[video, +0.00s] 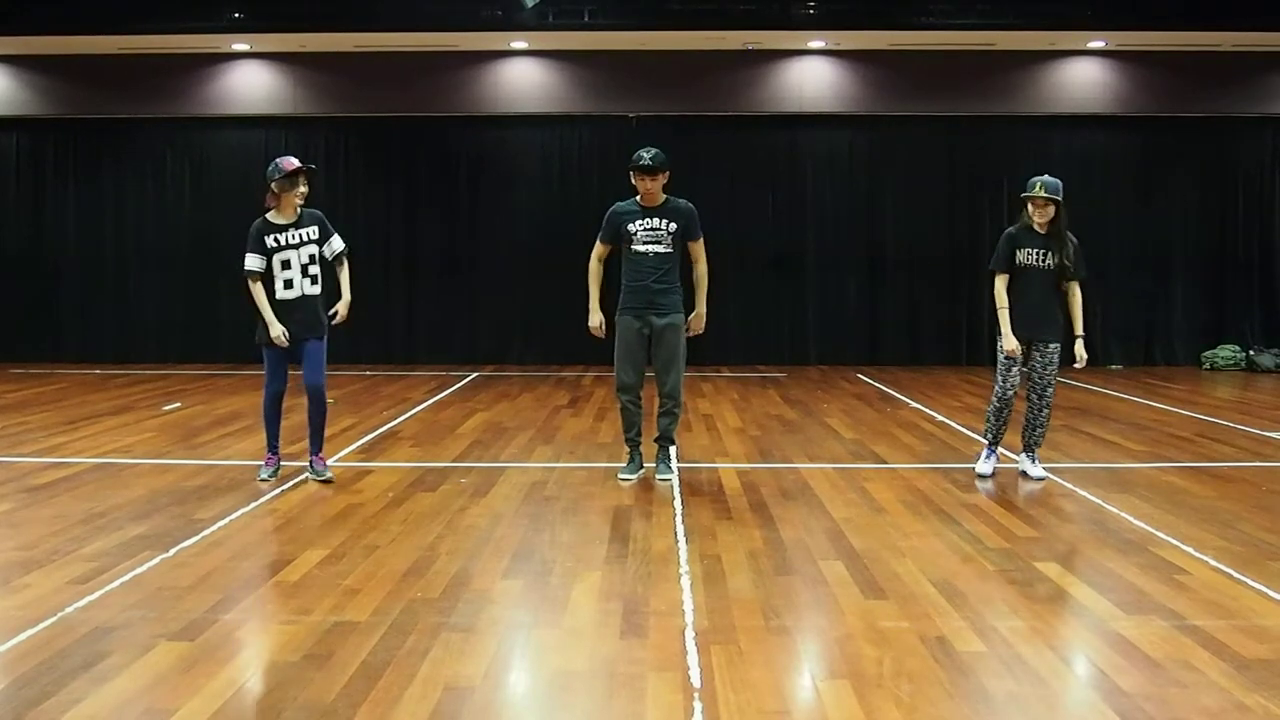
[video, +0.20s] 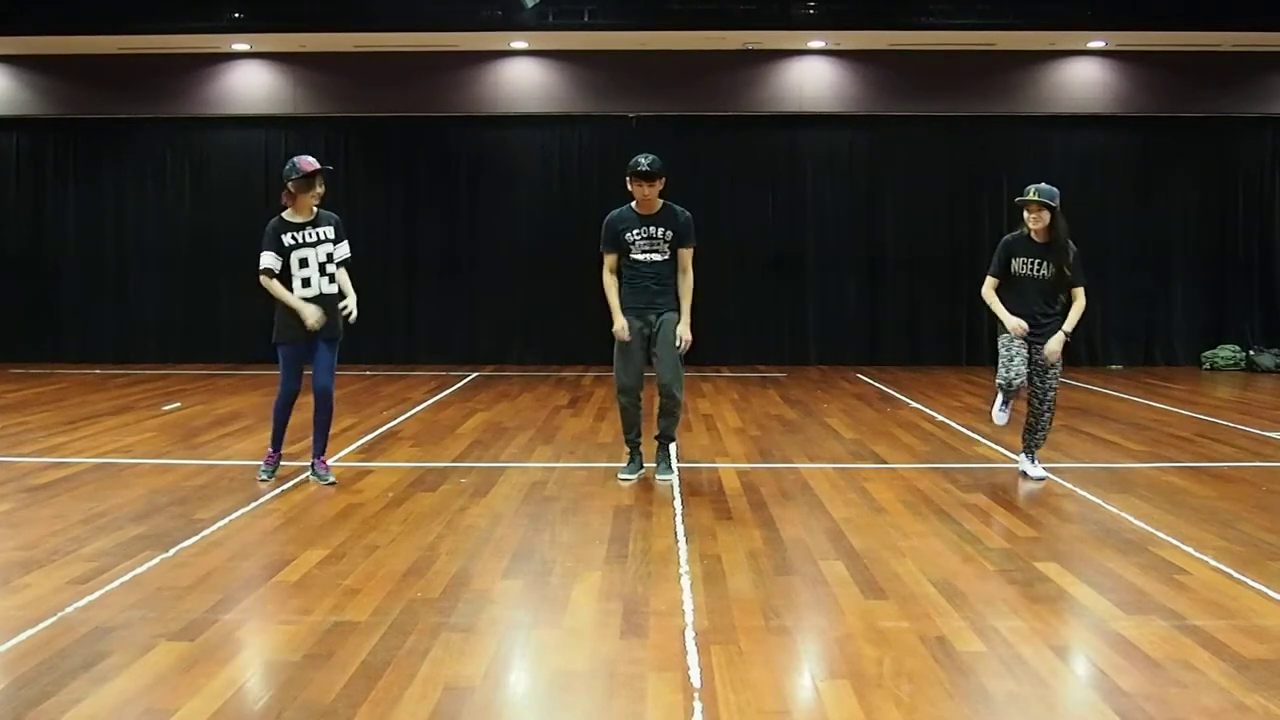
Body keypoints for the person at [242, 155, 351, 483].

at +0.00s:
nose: (302, 190)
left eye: (303, 184)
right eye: (294, 185)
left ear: (306, 186)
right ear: (276, 189)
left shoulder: (316, 220)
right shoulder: (261, 228)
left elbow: (340, 258)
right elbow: (253, 279)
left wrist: (345, 298)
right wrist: (271, 322)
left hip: (314, 320)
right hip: (276, 321)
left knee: (316, 386)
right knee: (274, 388)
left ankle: (317, 457)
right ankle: (272, 457)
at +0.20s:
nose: (318, 191)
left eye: (320, 184)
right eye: (310, 186)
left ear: (322, 186)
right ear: (291, 190)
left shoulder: (330, 222)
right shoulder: (277, 228)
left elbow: (339, 266)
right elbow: (266, 277)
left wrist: (350, 294)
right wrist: (301, 305)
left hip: (329, 317)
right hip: (292, 319)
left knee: (324, 388)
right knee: (290, 388)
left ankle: (319, 459)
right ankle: (274, 454)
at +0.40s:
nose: (336, 199)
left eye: (338, 192)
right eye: (329, 194)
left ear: (341, 193)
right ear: (309, 195)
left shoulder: (346, 223)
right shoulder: (293, 226)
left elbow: (374, 266)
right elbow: (286, 270)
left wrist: (365, 248)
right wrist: (326, 246)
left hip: (341, 318)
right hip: (307, 317)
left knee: (331, 389)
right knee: (328, 382)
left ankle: (320, 460)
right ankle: (295, 429)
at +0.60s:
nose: (345, 186)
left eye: (348, 179)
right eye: (337, 181)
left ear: (353, 181)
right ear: (321, 185)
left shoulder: (363, 219)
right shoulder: (311, 220)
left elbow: (386, 262)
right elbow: (318, 257)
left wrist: (380, 227)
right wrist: (342, 217)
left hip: (352, 313)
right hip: (320, 313)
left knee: (332, 390)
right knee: (351, 382)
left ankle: (320, 459)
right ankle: (341, 455)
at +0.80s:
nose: (365, 182)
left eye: (364, 176)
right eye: (357, 178)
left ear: (363, 182)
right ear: (339, 186)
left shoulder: (372, 222)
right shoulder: (329, 226)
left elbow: (402, 259)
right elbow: (356, 257)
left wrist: (401, 222)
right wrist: (366, 216)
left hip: (373, 317)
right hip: (344, 319)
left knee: (384, 392)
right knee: (362, 393)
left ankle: (339, 444)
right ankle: (350, 468)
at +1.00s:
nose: (386, 173)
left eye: (383, 168)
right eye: (378, 169)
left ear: (372, 179)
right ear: (361, 179)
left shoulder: (388, 216)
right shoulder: (355, 221)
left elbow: (424, 245)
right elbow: (397, 243)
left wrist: (421, 210)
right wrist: (394, 205)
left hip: (394, 318)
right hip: (359, 321)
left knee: (419, 383)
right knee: (354, 394)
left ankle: (410, 463)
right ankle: (349, 469)